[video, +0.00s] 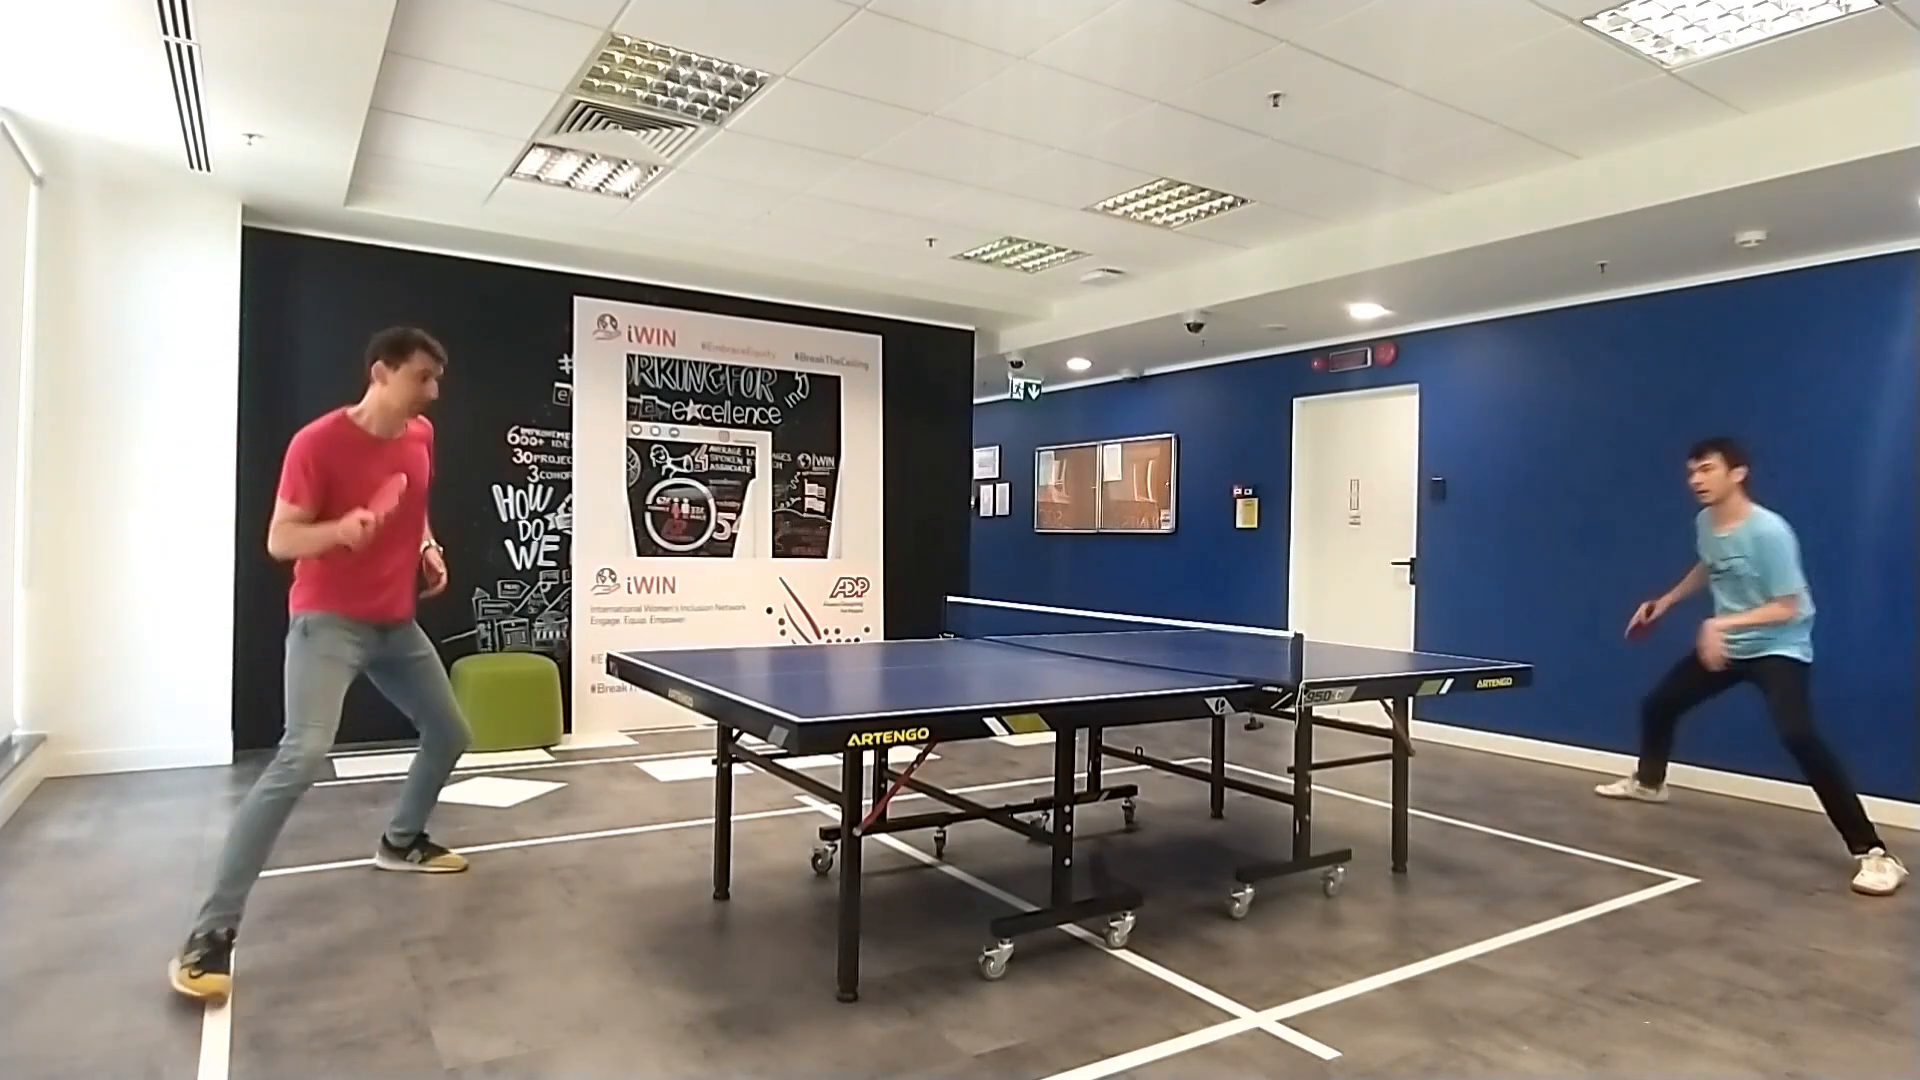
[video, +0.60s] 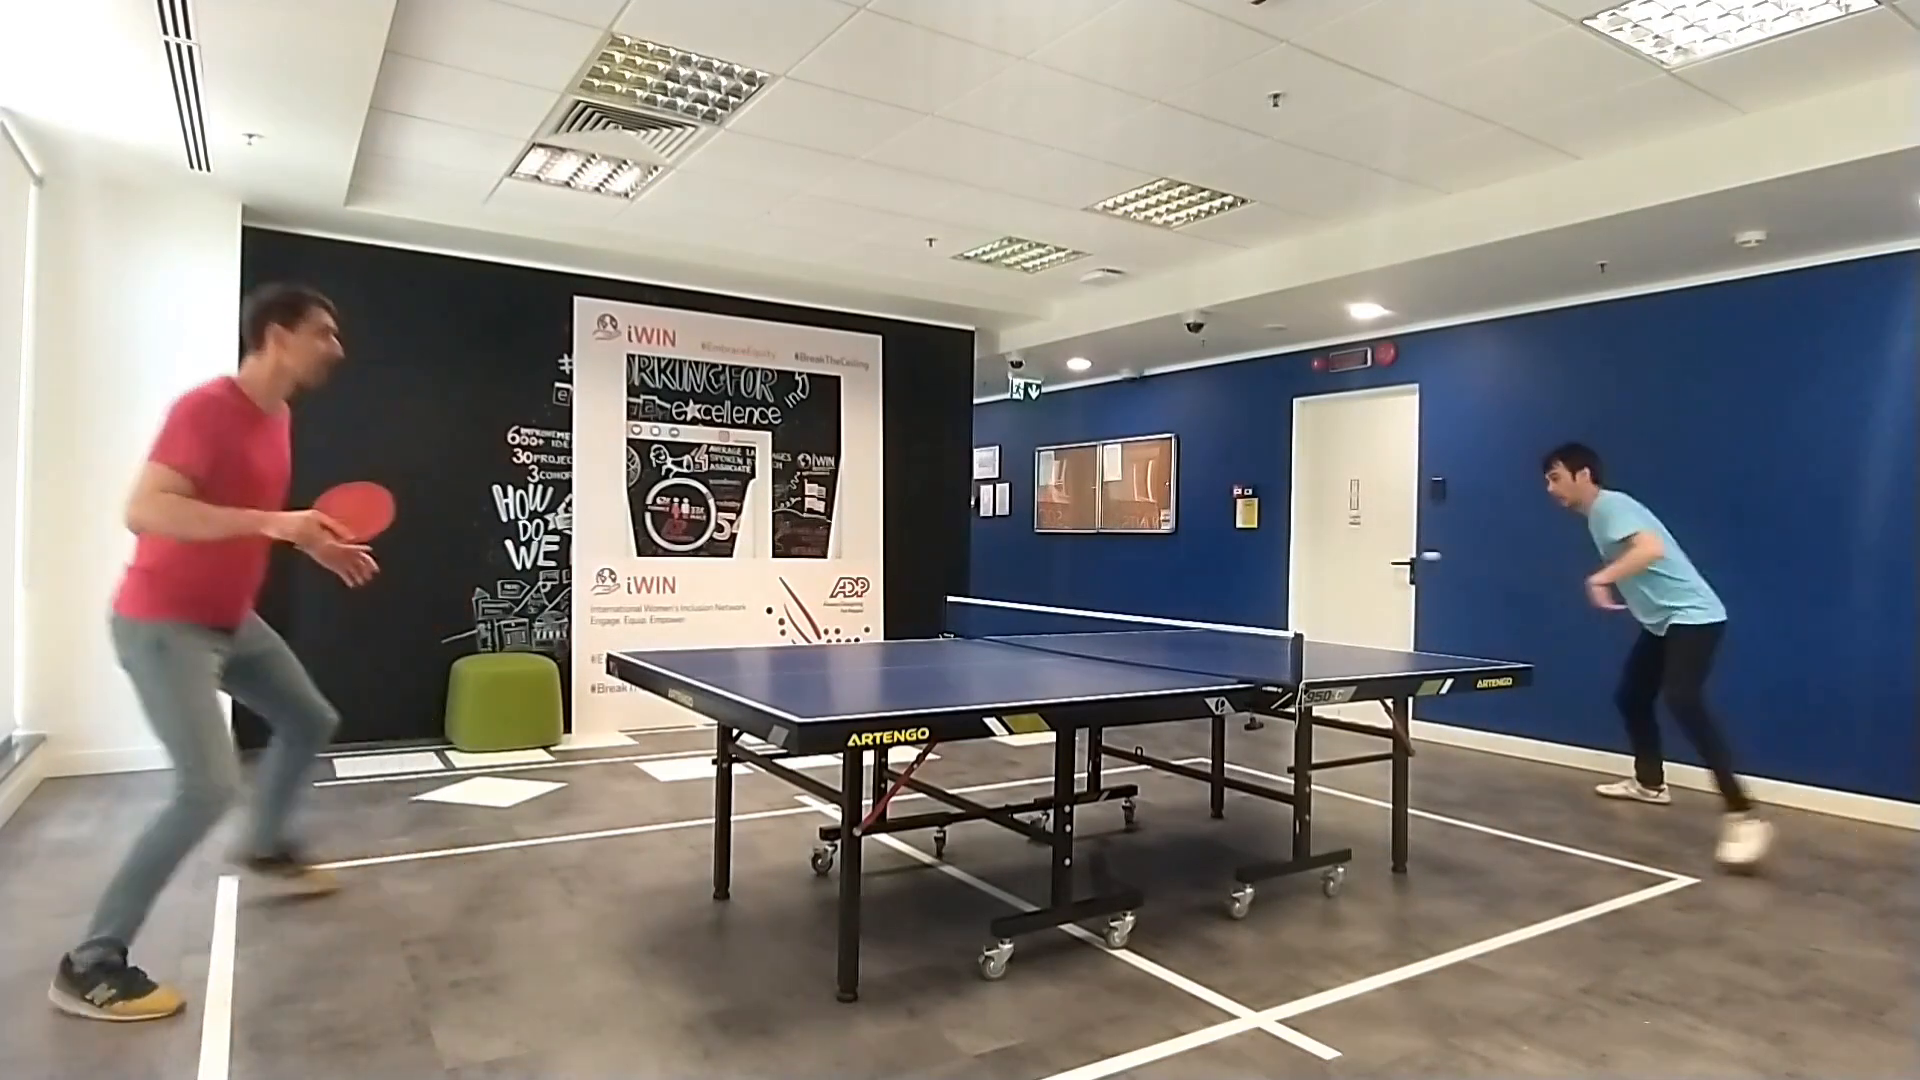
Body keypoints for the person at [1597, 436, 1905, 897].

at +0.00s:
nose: (1696, 479)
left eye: (1706, 469)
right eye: (1693, 472)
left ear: (1738, 475)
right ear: (1693, 480)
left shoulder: (1770, 531)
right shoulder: (1706, 521)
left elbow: (1790, 606)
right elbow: (1710, 569)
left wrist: (1722, 623)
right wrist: (1667, 601)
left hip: (1779, 651)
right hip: (1730, 646)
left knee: (1798, 736)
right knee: (1660, 704)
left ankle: (1873, 854)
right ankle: (1648, 783)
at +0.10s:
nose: (1653, 489)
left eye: (1662, 479)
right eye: (1650, 482)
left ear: (1692, 484)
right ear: (1651, 490)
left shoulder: (1720, 533)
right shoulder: (1679, 536)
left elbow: (1733, 607)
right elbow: (1692, 595)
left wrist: (1669, 621)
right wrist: (1654, 624)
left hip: (1756, 653)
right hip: (1711, 650)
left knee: (1777, 740)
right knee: (1637, 701)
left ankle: (1869, 855)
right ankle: (1647, 784)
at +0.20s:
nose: (1616, 492)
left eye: (1625, 483)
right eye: (1613, 486)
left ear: (1653, 487)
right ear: (1616, 494)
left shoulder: (1675, 528)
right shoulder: (1653, 536)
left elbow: (1685, 598)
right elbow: (1680, 599)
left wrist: (1627, 611)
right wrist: (1653, 640)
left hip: (1735, 646)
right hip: (1697, 645)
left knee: (1770, 737)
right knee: (1630, 696)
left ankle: (1857, 849)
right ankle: (1646, 784)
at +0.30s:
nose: (1589, 495)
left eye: (1596, 485)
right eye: (1585, 488)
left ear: (1624, 486)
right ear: (1601, 493)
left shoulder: (1641, 521)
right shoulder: (1637, 523)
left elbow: (1639, 590)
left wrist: (1593, 598)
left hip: (1726, 635)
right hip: (1691, 635)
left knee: (1760, 728)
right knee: (1634, 694)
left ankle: (1846, 839)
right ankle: (1646, 783)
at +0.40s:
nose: (1573, 496)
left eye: (1579, 486)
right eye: (1570, 489)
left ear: (1607, 485)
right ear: (1607, 490)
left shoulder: (1616, 517)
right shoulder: (1639, 513)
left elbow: (1604, 578)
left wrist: (1563, 586)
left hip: (1716, 628)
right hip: (1687, 630)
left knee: (1750, 720)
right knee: (1638, 692)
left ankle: (1833, 831)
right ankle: (1648, 784)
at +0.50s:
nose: (1560, 492)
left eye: (1567, 482)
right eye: (1558, 485)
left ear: (1595, 482)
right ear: (1595, 487)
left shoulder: (1607, 512)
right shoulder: (1631, 511)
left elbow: (1602, 564)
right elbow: (1678, 565)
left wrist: (1560, 580)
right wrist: (1720, 623)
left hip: (1703, 621)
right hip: (1679, 624)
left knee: (1718, 710)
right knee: (1639, 694)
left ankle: (1814, 815)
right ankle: (1649, 782)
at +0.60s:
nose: (1549, 488)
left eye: (1555, 478)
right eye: (1548, 480)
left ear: (1584, 475)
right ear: (1576, 480)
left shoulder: (1612, 507)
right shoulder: (1597, 518)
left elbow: (1650, 546)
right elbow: (1642, 555)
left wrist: (1602, 577)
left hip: (1695, 618)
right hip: (1661, 624)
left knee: (1682, 698)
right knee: (1634, 697)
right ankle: (1650, 784)